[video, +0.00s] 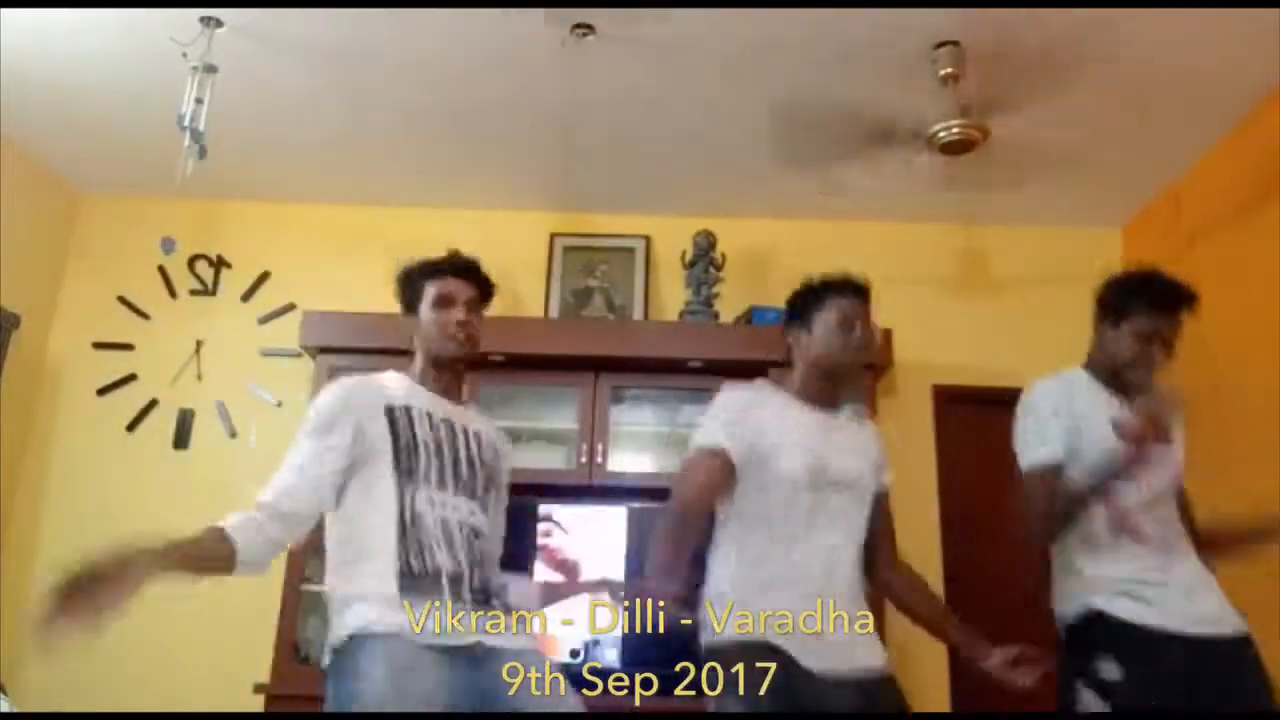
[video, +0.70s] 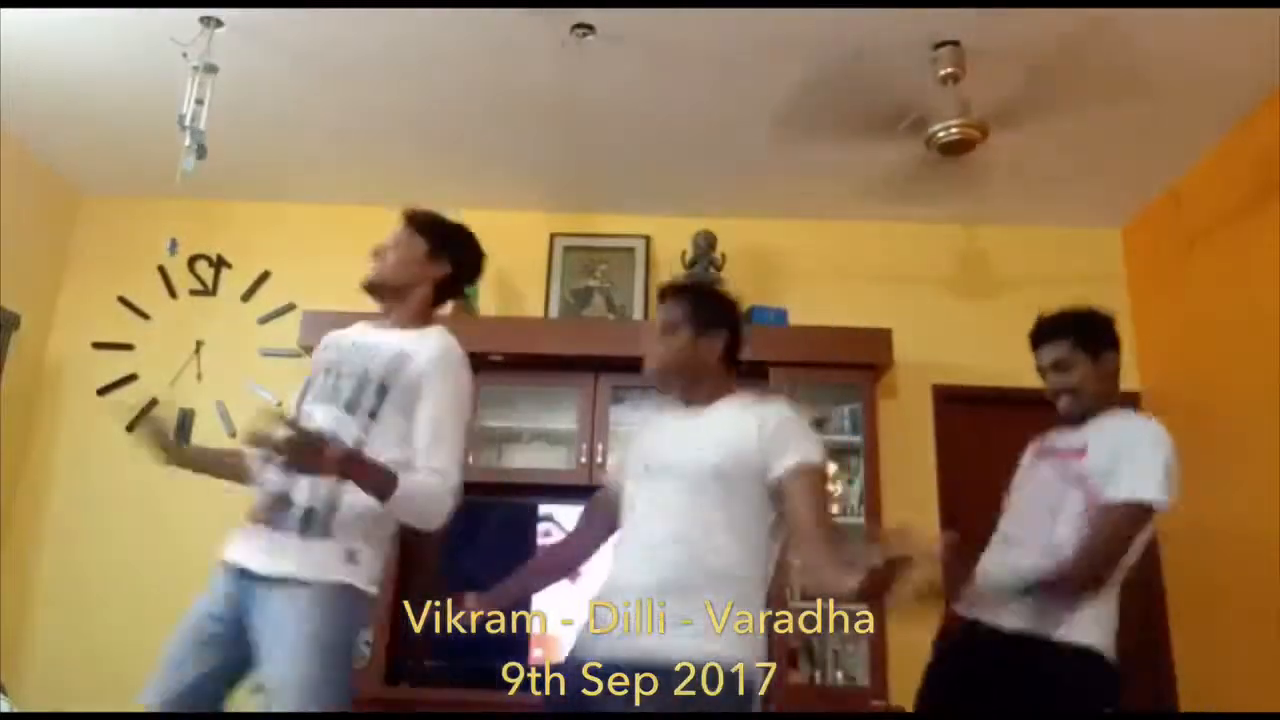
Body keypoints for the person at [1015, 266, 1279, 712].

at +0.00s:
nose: (1156, 358)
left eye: (1166, 345)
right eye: (1146, 340)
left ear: (1173, 348)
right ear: (1107, 327)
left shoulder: (1159, 407)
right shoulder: (1051, 397)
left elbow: (1186, 536)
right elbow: (1041, 522)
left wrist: (1270, 530)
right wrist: (1125, 453)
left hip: (1198, 607)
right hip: (1112, 612)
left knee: (1252, 698)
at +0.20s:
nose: (1102, 343)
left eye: (1116, 326)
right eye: (1086, 329)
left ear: (1139, 323)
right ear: (1065, 332)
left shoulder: (1188, 406)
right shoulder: (1028, 416)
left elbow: (1217, 529)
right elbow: (988, 538)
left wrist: (1264, 551)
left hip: (1166, 644)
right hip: (1065, 643)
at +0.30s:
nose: (1081, 383)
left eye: (1095, 365)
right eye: (1066, 371)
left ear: (1129, 364)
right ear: (1056, 379)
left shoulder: (1188, 473)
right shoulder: (1025, 466)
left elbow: (1216, 613)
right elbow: (998, 592)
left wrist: (1263, 699)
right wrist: (1027, 691)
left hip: (1158, 693)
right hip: (1057, 692)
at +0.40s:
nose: (1067, 389)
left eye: (1082, 372)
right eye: (1059, 380)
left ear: (1128, 374)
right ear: (1054, 388)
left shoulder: (1189, 489)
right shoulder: (1022, 467)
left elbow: (1216, 630)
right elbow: (990, 592)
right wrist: (976, 694)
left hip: (1148, 699)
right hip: (1045, 694)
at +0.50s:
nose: (1065, 357)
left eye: (1078, 342)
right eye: (1057, 347)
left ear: (1124, 342)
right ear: (1052, 353)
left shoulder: (1174, 443)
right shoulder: (1022, 423)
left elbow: (1183, 586)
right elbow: (987, 527)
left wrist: (1077, 565)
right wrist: (936, 554)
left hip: (1125, 679)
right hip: (1023, 664)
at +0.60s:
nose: (1058, 352)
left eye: (1072, 337)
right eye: (1050, 343)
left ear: (1116, 334)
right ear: (1044, 346)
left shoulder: (1156, 418)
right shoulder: (1027, 415)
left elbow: (1130, 547)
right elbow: (986, 520)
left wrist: (1023, 504)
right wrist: (910, 516)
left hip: (1087, 640)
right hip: (995, 626)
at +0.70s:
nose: (1051, 384)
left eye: (1063, 368)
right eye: (1044, 374)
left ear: (1107, 364)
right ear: (1039, 376)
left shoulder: (1139, 436)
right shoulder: (1042, 445)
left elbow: (1090, 572)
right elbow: (1012, 546)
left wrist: (988, 587)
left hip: (1060, 658)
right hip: (981, 645)